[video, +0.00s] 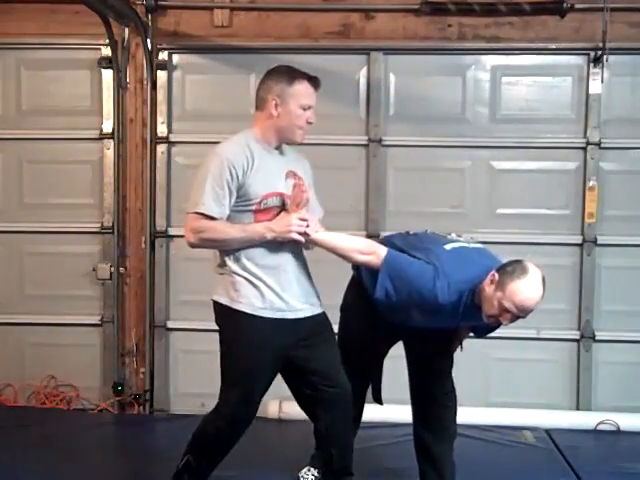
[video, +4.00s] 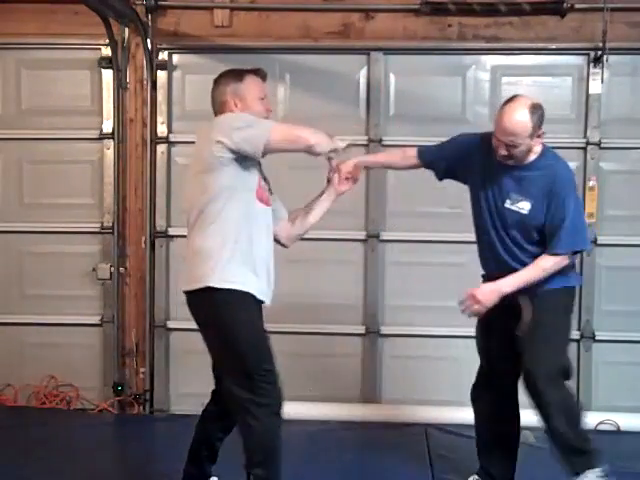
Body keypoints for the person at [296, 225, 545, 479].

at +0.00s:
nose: (506, 319)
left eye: (516, 316)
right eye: (505, 308)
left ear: (526, 309)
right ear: (491, 282)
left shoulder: (500, 303)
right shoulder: (435, 286)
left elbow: (469, 325)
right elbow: (372, 253)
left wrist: (457, 336)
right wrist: (316, 236)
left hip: (435, 316)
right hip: (377, 294)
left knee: (437, 403)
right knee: (350, 386)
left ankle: (438, 474)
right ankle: (323, 465)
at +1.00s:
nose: (395, 121)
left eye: (404, 115)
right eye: (397, 112)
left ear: (435, 125)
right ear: (424, 122)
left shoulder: (464, 179)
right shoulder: (388, 163)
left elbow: (505, 253)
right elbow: (377, 226)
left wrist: (523, 324)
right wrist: (370, 286)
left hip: (455, 302)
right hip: (401, 298)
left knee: (445, 397)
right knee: (395, 395)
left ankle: (442, 472)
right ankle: (401, 470)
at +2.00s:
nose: (423, 110)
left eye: (429, 101)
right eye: (425, 100)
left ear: (455, 105)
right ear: (463, 108)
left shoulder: (441, 164)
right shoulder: (505, 153)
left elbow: (394, 231)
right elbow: (548, 206)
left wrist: (335, 269)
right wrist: (514, 180)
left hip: (456, 304)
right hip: (488, 301)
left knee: (467, 414)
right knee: (405, 393)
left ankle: (497, 478)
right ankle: (392, 475)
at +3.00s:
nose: (387, 110)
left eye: (399, 104)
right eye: (384, 101)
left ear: (423, 115)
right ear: (377, 105)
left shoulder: (434, 168)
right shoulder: (361, 161)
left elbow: (424, 248)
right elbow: (339, 212)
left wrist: (372, 292)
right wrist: (307, 252)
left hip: (431, 307)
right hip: (377, 306)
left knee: (451, 421)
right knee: (352, 414)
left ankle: (476, 477)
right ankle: (338, 477)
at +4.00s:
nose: (499, 149)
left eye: (510, 144)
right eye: (496, 139)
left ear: (537, 140)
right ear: (493, 126)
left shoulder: (556, 176)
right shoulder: (474, 149)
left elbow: (562, 254)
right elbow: (417, 156)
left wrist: (498, 287)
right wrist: (360, 161)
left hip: (549, 289)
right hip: (498, 287)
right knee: (492, 387)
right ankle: (494, 474)